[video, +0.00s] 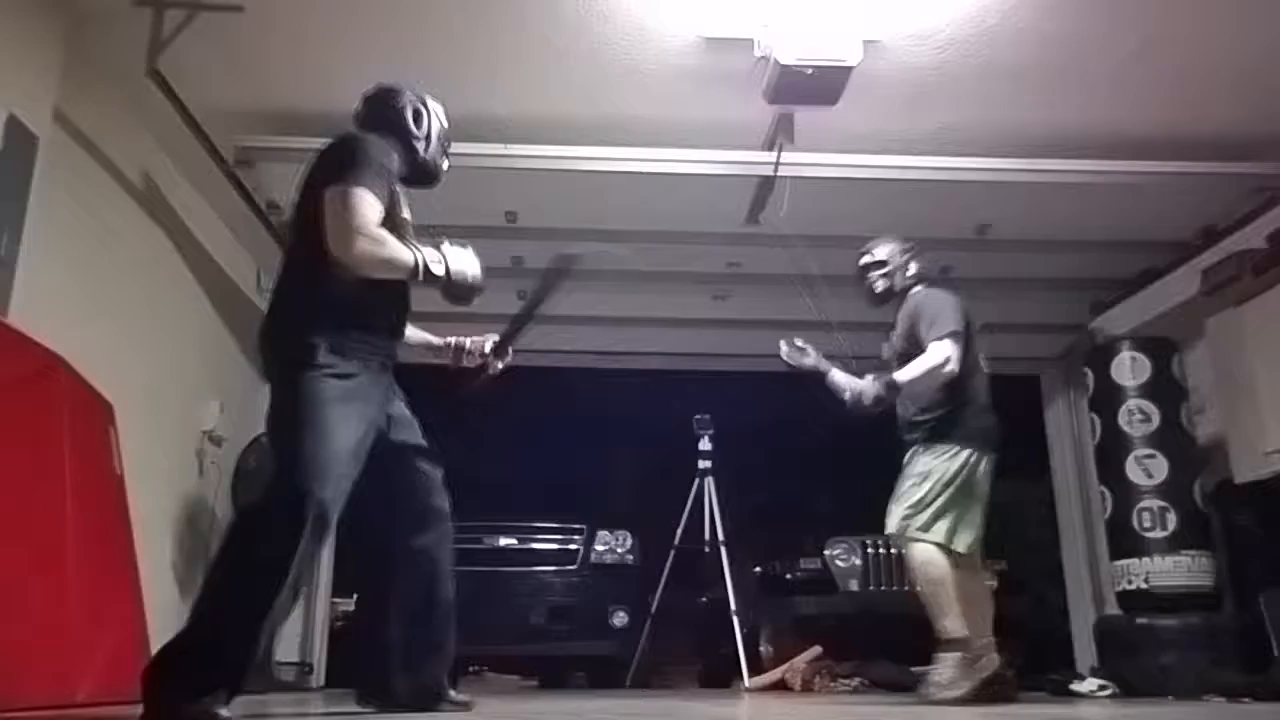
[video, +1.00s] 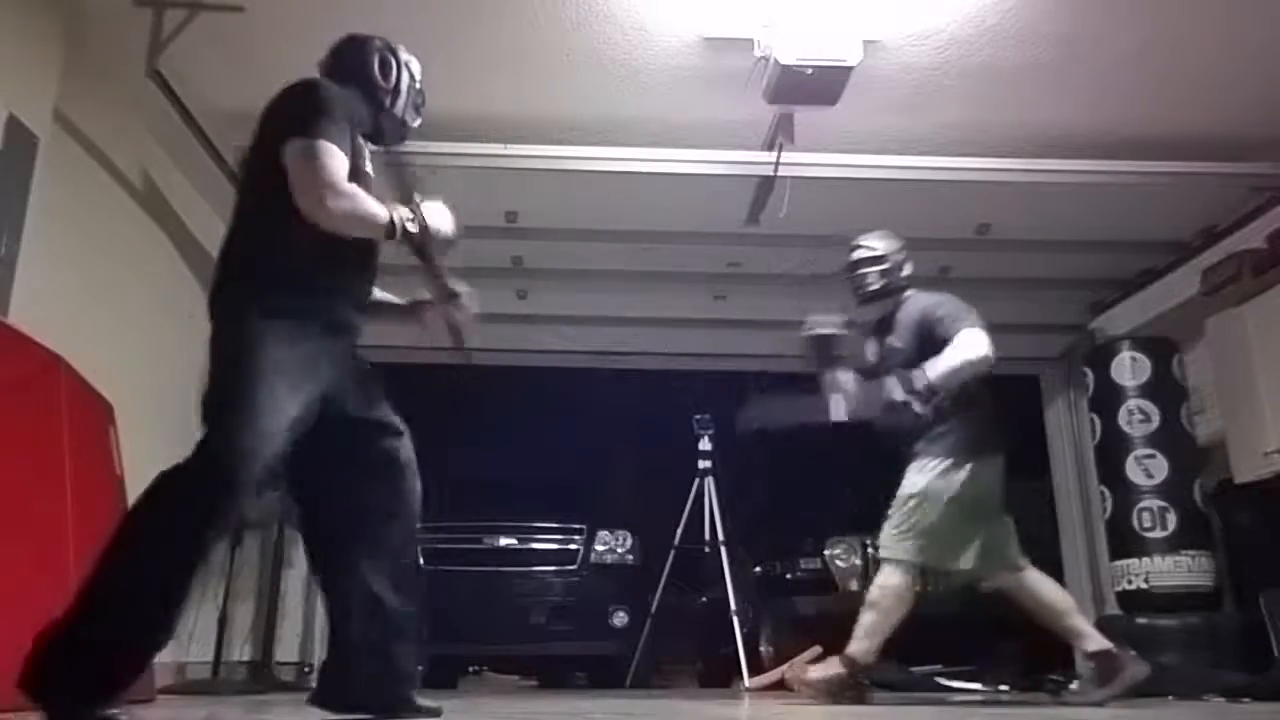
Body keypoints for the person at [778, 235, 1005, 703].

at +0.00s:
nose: (870, 276)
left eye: (878, 266)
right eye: (866, 271)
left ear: (906, 263)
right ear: (868, 278)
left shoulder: (932, 298)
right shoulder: (901, 324)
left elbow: (946, 358)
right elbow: (871, 395)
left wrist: (889, 384)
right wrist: (821, 365)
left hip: (953, 438)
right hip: (942, 440)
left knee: (911, 529)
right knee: (958, 551)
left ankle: (957, 650)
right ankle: (982, 658)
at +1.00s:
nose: (863, 276)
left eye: (873, 265)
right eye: (856, 269)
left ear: (899, 267)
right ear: (852, 278)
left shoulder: (931, 305)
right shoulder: (880, 335)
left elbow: (977, 350)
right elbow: (867, 404)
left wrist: (915, 381)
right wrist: (831, 364)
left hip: (960, 446)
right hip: (941, 450)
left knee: (899, 554)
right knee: (1007, 569)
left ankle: (851, 664)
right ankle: (1104, 656)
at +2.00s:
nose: (841, 279)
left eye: (850, 269)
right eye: (833, 272)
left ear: (874, 269)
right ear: (828, 278)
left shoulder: (894, 303)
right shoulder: (838, 322)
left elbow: (871, 342)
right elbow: (818, 382)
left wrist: (812, 350)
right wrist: (799, 361)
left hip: (917, 448)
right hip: (881, 456)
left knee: (887, 550)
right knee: (902, 563)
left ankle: (854, 655)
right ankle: (947, 664)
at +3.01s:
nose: (777, 263)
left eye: (787, 252)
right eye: (767, 254)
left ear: (809, 257)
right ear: (755, 263)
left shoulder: (830, 308)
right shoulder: (762, 318)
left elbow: (836, 366)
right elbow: (738, 353)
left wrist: (777, 361)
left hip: (823, 442)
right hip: (786, 446)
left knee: (767, 515)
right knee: (807, 574)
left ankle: (776, 659)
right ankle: (880, 660)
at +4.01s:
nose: (714, 223)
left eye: (725, 213)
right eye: (707, 216)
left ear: (754, 217)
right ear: (701, 227)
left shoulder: (768, 254)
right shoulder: (733, 275)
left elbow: (714, 295)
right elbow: (722, 364)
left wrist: (655, 306)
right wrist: (695, 325)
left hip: (804, 408)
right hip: (807, 413)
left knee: (737, 525)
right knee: (810, 555)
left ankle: (729, 670)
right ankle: (886, 669)